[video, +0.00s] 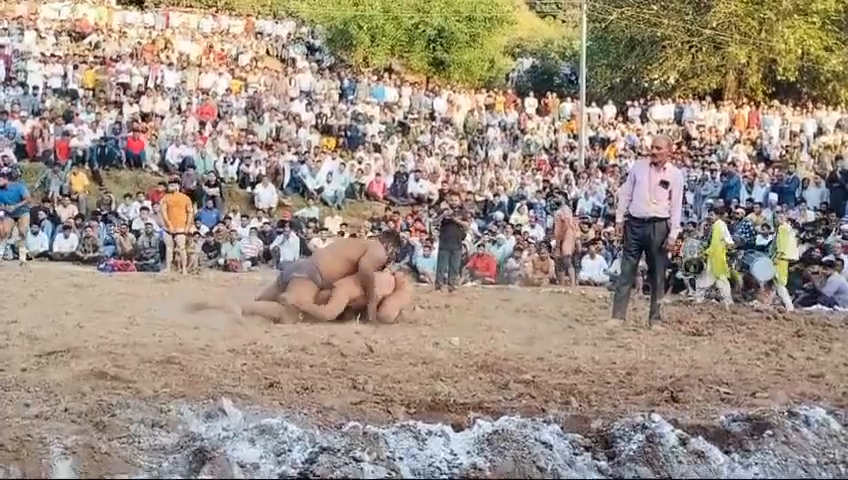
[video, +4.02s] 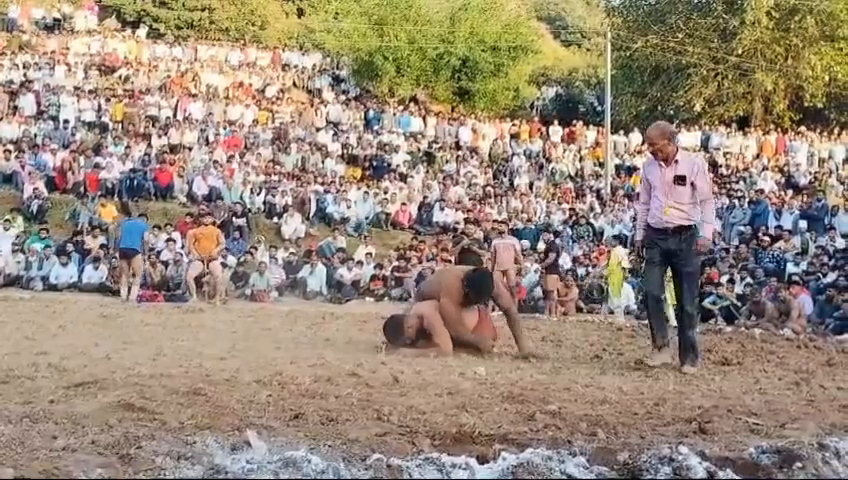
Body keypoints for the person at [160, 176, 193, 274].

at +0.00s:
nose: (172, 187)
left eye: (174, 185)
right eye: (170, 185)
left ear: (178, 186)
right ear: (168, 186)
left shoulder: (185, 198)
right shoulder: (165, 198)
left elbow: (190, 213)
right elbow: (163, 212)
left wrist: (187, 226)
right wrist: (168, 224)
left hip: (181, 227)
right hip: (168, 227)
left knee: (181, 249)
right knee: (169, 248)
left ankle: (184, 268)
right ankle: (168, 267)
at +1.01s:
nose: (174, 185)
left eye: (176, 182)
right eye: (172, 183)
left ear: (179, 184)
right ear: (169, 184)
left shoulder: (184, 195)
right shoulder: (165, 195)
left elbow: (189, 208)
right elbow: (163, 209)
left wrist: (188, 220)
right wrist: (170, 220)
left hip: (182, 224)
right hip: (169, 224)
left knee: (186, 244)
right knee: (171, 245)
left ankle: (186, 265)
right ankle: (170, 265)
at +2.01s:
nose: (223, 212)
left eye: (224, 210)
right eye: (221, 210)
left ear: (226, 212)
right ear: (216, 212)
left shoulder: (229, 223)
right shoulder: (210, 224)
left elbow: (232, 236)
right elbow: (208, 239)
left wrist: (232, 247)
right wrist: (217, 249)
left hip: (227, 252)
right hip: (214, 252)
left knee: (228, 273)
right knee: (216, 274)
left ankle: (230, 294)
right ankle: (216, 293)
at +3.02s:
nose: (214, 221)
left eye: (214, 219)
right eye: (211, 219)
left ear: (216, 220)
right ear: (206, 220)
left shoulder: (219, 233)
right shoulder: (199, 233)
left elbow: (222, 246)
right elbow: (196, 247)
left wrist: (221, 257)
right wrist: (206, 258)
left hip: (215, 261)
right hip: (203, 261)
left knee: (218, 282)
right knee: (204, 283)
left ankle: (221, 302)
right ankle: (202, 303)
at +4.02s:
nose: (207, 219)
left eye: (209, 217)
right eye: (204, 217)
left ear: (212, 218)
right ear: (200, 219)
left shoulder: (216, 231)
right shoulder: (194, 232)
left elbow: (222, 244)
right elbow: (190, 246)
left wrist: (215, 251)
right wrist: (196, 254)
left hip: (213, 258)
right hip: (199, 258)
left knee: (218, 275)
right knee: (190, 276)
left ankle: (217, 298)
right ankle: (194, 297)